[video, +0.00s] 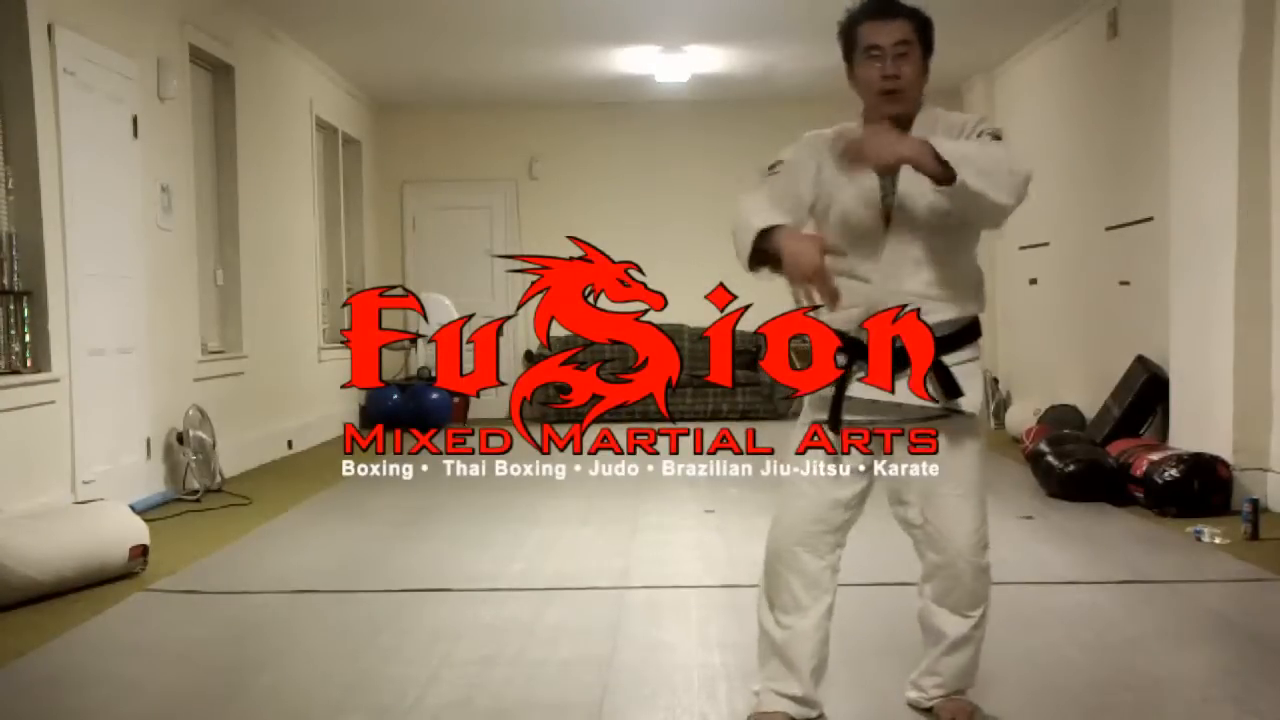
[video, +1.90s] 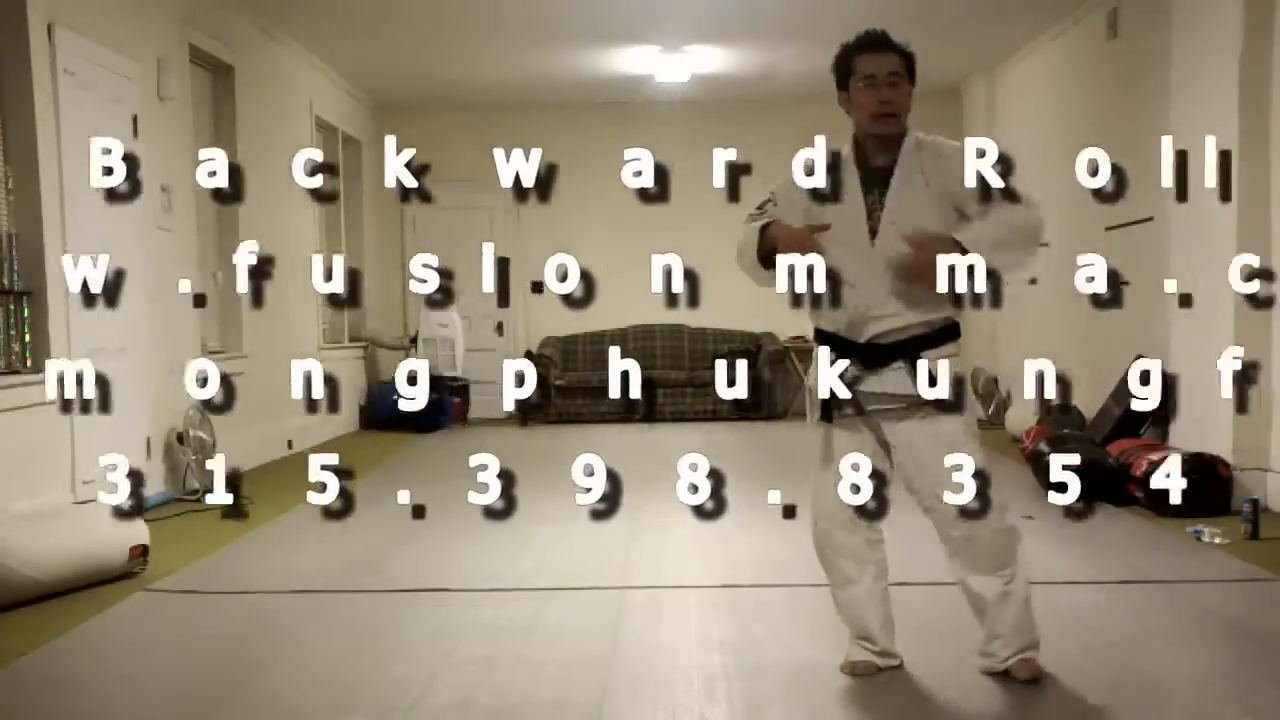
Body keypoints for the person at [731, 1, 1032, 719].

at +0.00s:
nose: (890, 67)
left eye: (903, 52)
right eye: (873, 55)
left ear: (926, 63)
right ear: (850, 70)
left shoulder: (963, 135)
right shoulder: (818, 149)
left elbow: (1007, 190)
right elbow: (751, 208)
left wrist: (915, 153)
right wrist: (781, 240)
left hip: (941, 369)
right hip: (836, 370)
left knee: (959, 549)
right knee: (796, 542)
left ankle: (944, 694)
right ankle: (785, 701)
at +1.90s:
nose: (884, 95)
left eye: (896, 82)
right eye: (867, 83)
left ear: (913, 92)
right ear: (844, 98)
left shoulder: (950, 162)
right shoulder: (815, 173)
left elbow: (1024, 221)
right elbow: (750, 243)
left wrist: (957, 249)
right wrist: (771, 239)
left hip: (925, 360)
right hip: (842, 367)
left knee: (970, 512)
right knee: (841, 519)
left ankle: (1011, 645)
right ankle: (871, 644)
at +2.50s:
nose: (941, 96)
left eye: (957, 82)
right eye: (931, 82)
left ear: (987, 88)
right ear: (918, 88)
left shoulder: (1035, 162)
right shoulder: (880, 160)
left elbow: (1085, 233)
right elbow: (790, 191)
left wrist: (1053, 260)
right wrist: (810, 146)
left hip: (1000, 369)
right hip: (907, 371)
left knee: (1022, 523)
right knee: (880, 518)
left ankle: (1015, 654)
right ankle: (877, 642)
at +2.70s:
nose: (957, 92)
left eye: (973, 79)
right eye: (948, 80)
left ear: (1006, 90)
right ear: (938, 90)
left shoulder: (1055, 163)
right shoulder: (904, 161)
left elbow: (1106, 238)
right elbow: (822, 166)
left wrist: (1063, 265)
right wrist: (830, 118)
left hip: (1015, 367)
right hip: (922, 368)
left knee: (1026, 524)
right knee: (884, 515)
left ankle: (1015, 653)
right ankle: (879, 642)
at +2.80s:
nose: (965, 92)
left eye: (982, 80)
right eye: (956, 80)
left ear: (1015, 90)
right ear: (946, 90)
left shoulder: (1063, 163)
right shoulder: (914, 160)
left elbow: (1114, 242)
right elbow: (834, 163)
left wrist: (1062, 264)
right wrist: (841, 102)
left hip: (1018, 367)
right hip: (925, 366)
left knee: (1027, 524)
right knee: (886, 514)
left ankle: (1016, 654)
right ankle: (879, 640)